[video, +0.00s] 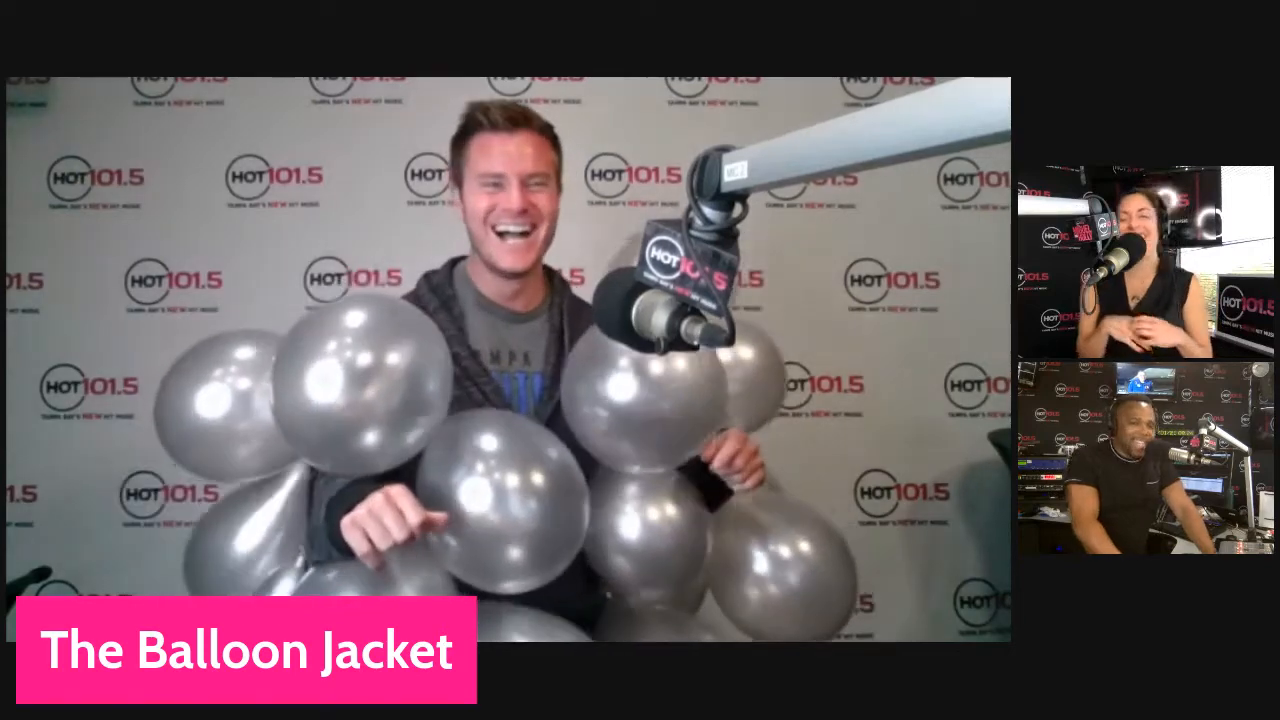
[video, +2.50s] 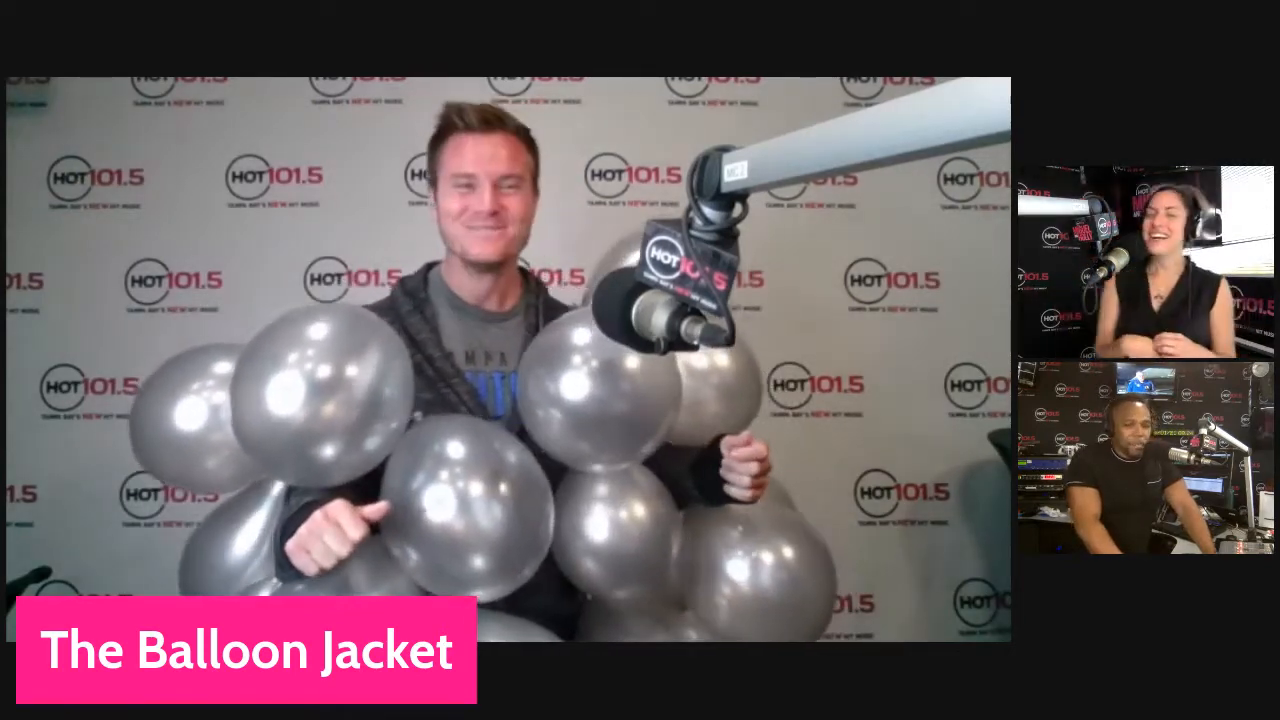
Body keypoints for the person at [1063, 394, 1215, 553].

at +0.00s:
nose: (1144, 432)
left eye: (1150, 425)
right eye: (1134, 423)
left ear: (1155, 430)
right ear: (1113, 428)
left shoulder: (1156, 457)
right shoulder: (1087, 459)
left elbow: (1184, 509)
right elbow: (1085, 525)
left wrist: (1210, 552)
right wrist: (1120, 561)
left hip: (1140, 555)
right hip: (1095, 557)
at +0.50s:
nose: (1141, 428)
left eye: (1146, 421)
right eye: (1130, 420)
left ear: (1152, 427)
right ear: (1110, 427)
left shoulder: (1156, 458)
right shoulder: (1085, 461)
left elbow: (1187, 508)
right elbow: (1084, 525)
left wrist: (1211, 553)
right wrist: (1120, 564)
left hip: (1140, 557)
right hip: (1094, 559)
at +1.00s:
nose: (1142, 434)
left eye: (1148, 427)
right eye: (1132, 426)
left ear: (1154, 429)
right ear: (1111, 428)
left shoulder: (1156, 457)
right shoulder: (1086, 460)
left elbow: (1186, 507)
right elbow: (1085, 523)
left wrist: (1210, 552)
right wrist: (1118, 562)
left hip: (1142, 557)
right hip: (1097, 558)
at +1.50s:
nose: (1143, 429)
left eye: (1149, 422)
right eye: (1133, 422)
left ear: (1154, 426)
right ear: (1112, 426)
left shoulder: (1157, 457)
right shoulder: (1086, 460)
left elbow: (1186, 507)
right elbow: (1086, 524)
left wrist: (1210, 553)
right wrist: (1120, 564)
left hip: (1142, 558)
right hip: (1097, 561)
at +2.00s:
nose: (1144, 432)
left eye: (1150, 425)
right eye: (1134, 424)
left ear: (1156, 427)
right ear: (1114, 426)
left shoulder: (1156, 457)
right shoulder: (1087, 460)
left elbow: (1186, 507)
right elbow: (1086, 524)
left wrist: (1210, 551)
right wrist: (1119, 559)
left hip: (1142, 555)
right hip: (1098, 555)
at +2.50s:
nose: (1139, 433)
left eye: (1145, 425)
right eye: (1130, 425)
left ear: (1151, 428)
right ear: (1111, 428)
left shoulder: (1157, 458)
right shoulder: (1088, 461)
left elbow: (1187, 508)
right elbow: (1088, 524)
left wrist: (1211, 553)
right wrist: (1122, 563)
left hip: (1143, 555)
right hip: (1098, 557)